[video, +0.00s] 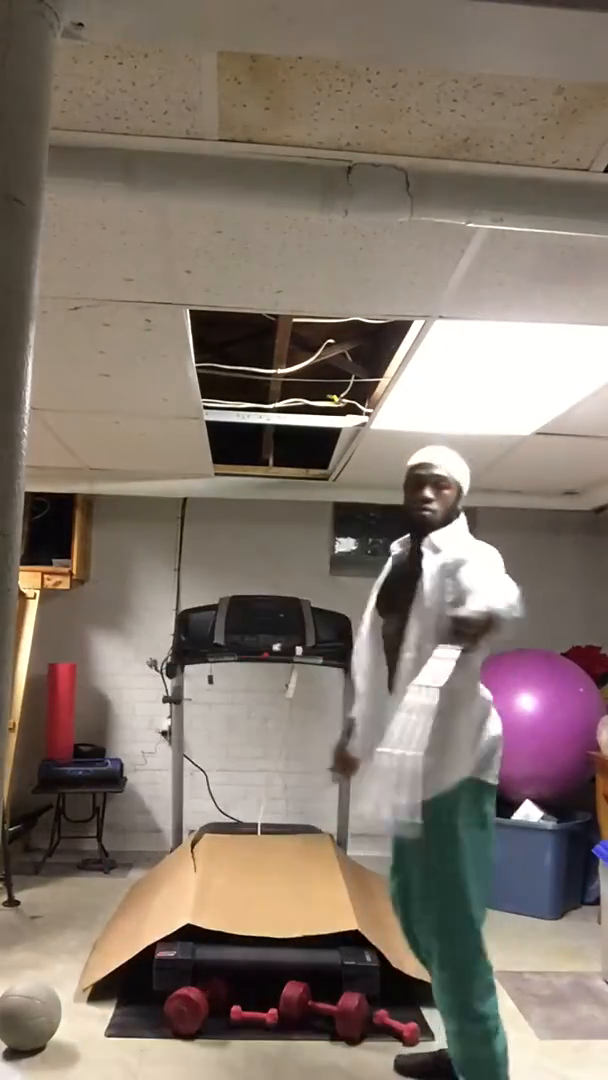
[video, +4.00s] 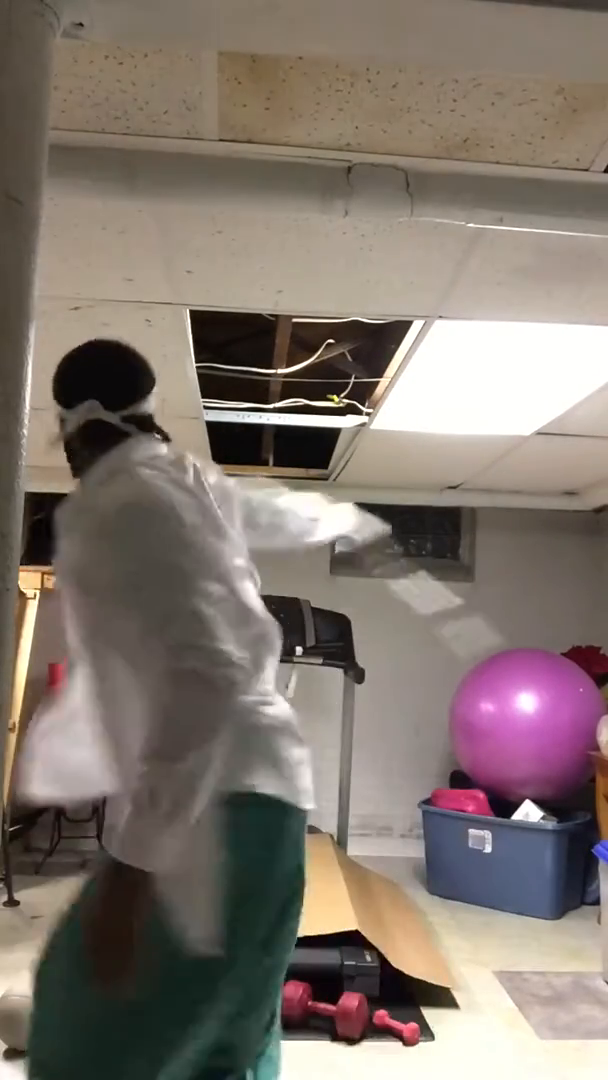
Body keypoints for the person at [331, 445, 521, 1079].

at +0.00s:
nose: (426, 494)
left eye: (440, 485)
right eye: (416, 484)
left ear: (462, 496)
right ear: (405, 494)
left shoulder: (471, 554)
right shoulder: (394, 564)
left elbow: (503, 599)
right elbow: (368, 659)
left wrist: (481, 616)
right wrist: (353, 737)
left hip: (453, 755)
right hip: (405, 756)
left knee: (449, 916)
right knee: (412, 907)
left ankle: (482, 1066)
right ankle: (462, 1049)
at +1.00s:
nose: (445, 515)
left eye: (454, 507)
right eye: (434, 506)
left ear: (468, 514)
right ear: (413, 514)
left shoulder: (498, 573)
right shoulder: (377, 578)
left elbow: (565, 620)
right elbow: (353, 661)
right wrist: (352, 739)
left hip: (468, 730)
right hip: (398, 734)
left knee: (458, 899)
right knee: (426, 897)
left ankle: (438, 1056)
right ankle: (468, 1030)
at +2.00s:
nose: (360, 481)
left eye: (373, 470)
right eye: (356, 474)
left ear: (415, 487)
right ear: (355, 492)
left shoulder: (456, 561)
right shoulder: (341, 548)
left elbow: (499, 661)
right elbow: (329, 508)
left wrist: (490, 566)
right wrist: (436, 522)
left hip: (417, 738)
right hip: (337, 735)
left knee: (395, 923)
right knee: (308, 904)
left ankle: (367, 1069)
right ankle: (383, 1009)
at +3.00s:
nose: (194, 599)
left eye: (203, 579)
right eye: (192, 583)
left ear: (252, 570)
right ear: (248, 574)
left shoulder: (367, 592)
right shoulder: (241, 663)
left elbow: (356, 731)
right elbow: (220, 790)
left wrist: (250, 844)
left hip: (417, 844)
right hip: (325, 857)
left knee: (401, 1058)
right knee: (313, 1059)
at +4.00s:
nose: (59, 432)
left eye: (59, 417)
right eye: (62, 417)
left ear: (71, 418)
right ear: (147, 408)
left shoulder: (123, 495)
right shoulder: (196, 483)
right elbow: (298, 516)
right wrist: (362, 530)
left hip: (204, 818)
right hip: (266, 816)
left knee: (80, 1038)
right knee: (227, 1052)